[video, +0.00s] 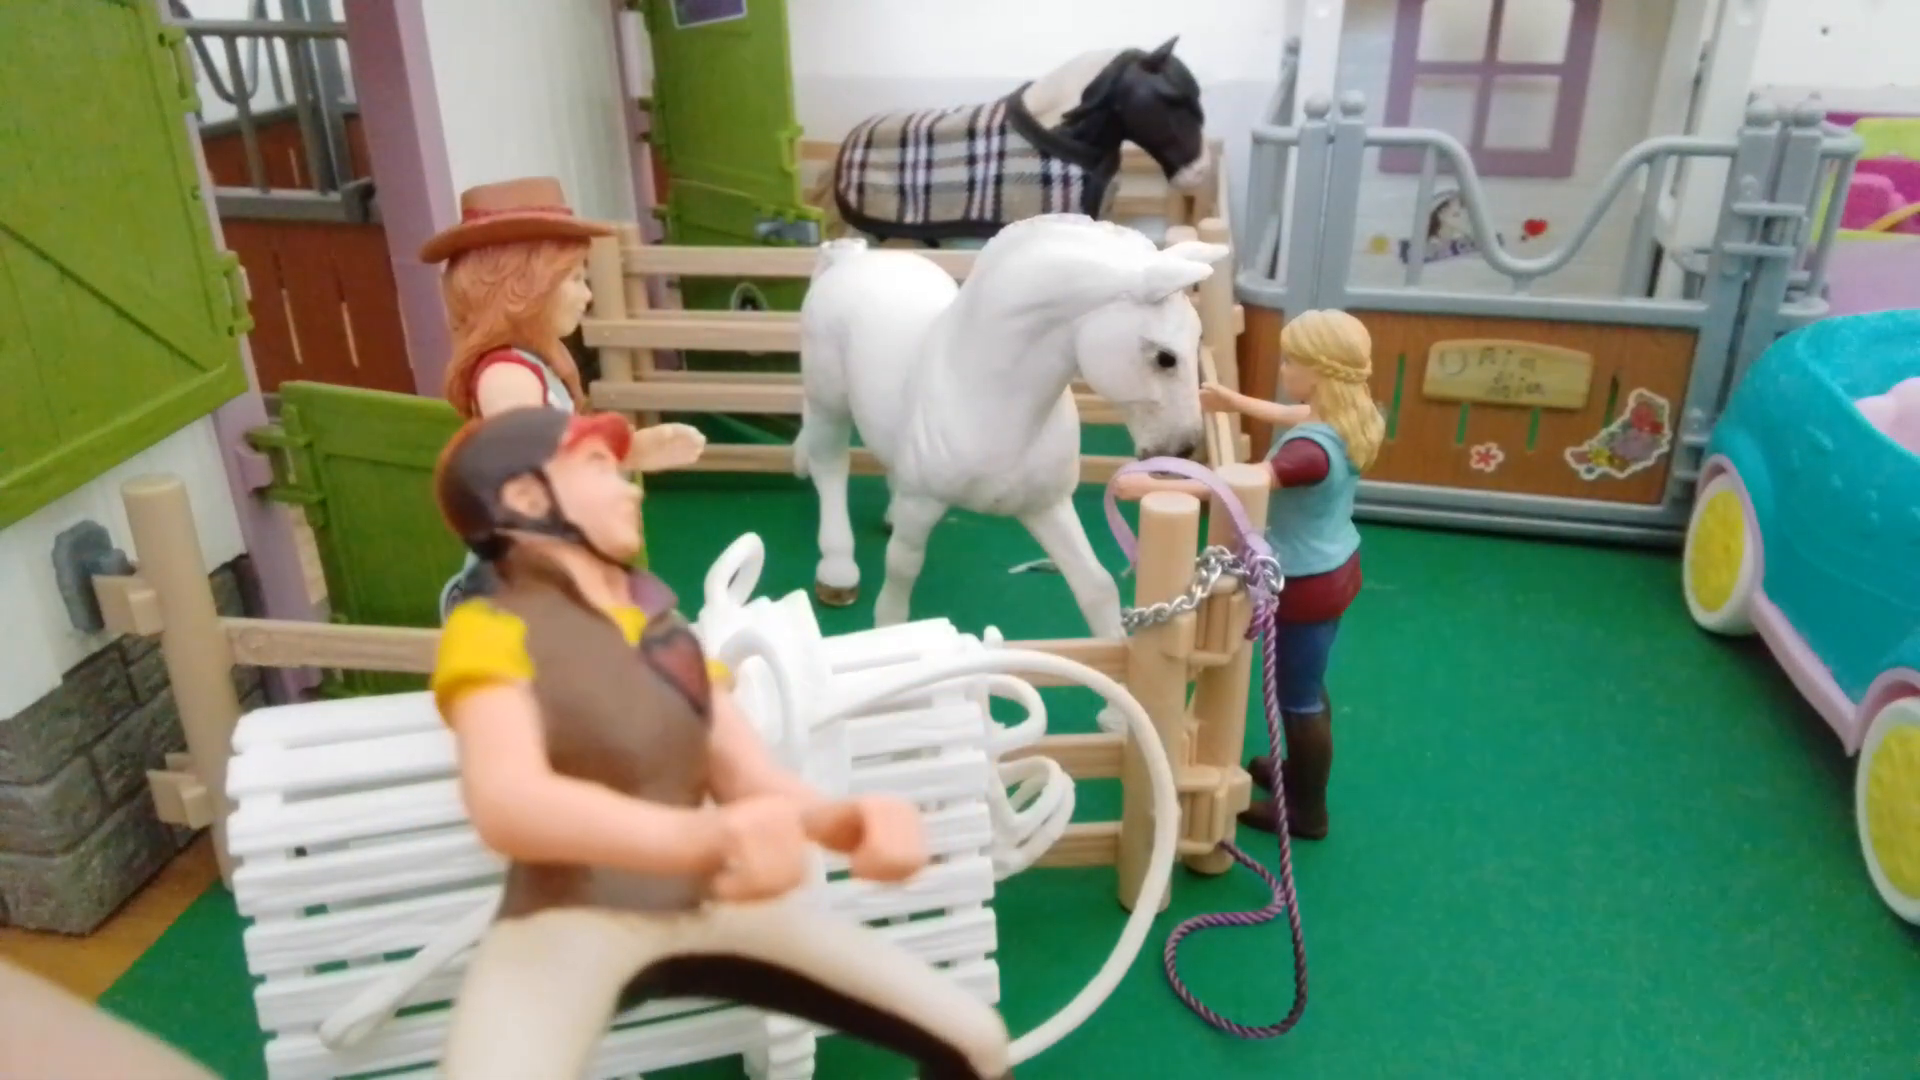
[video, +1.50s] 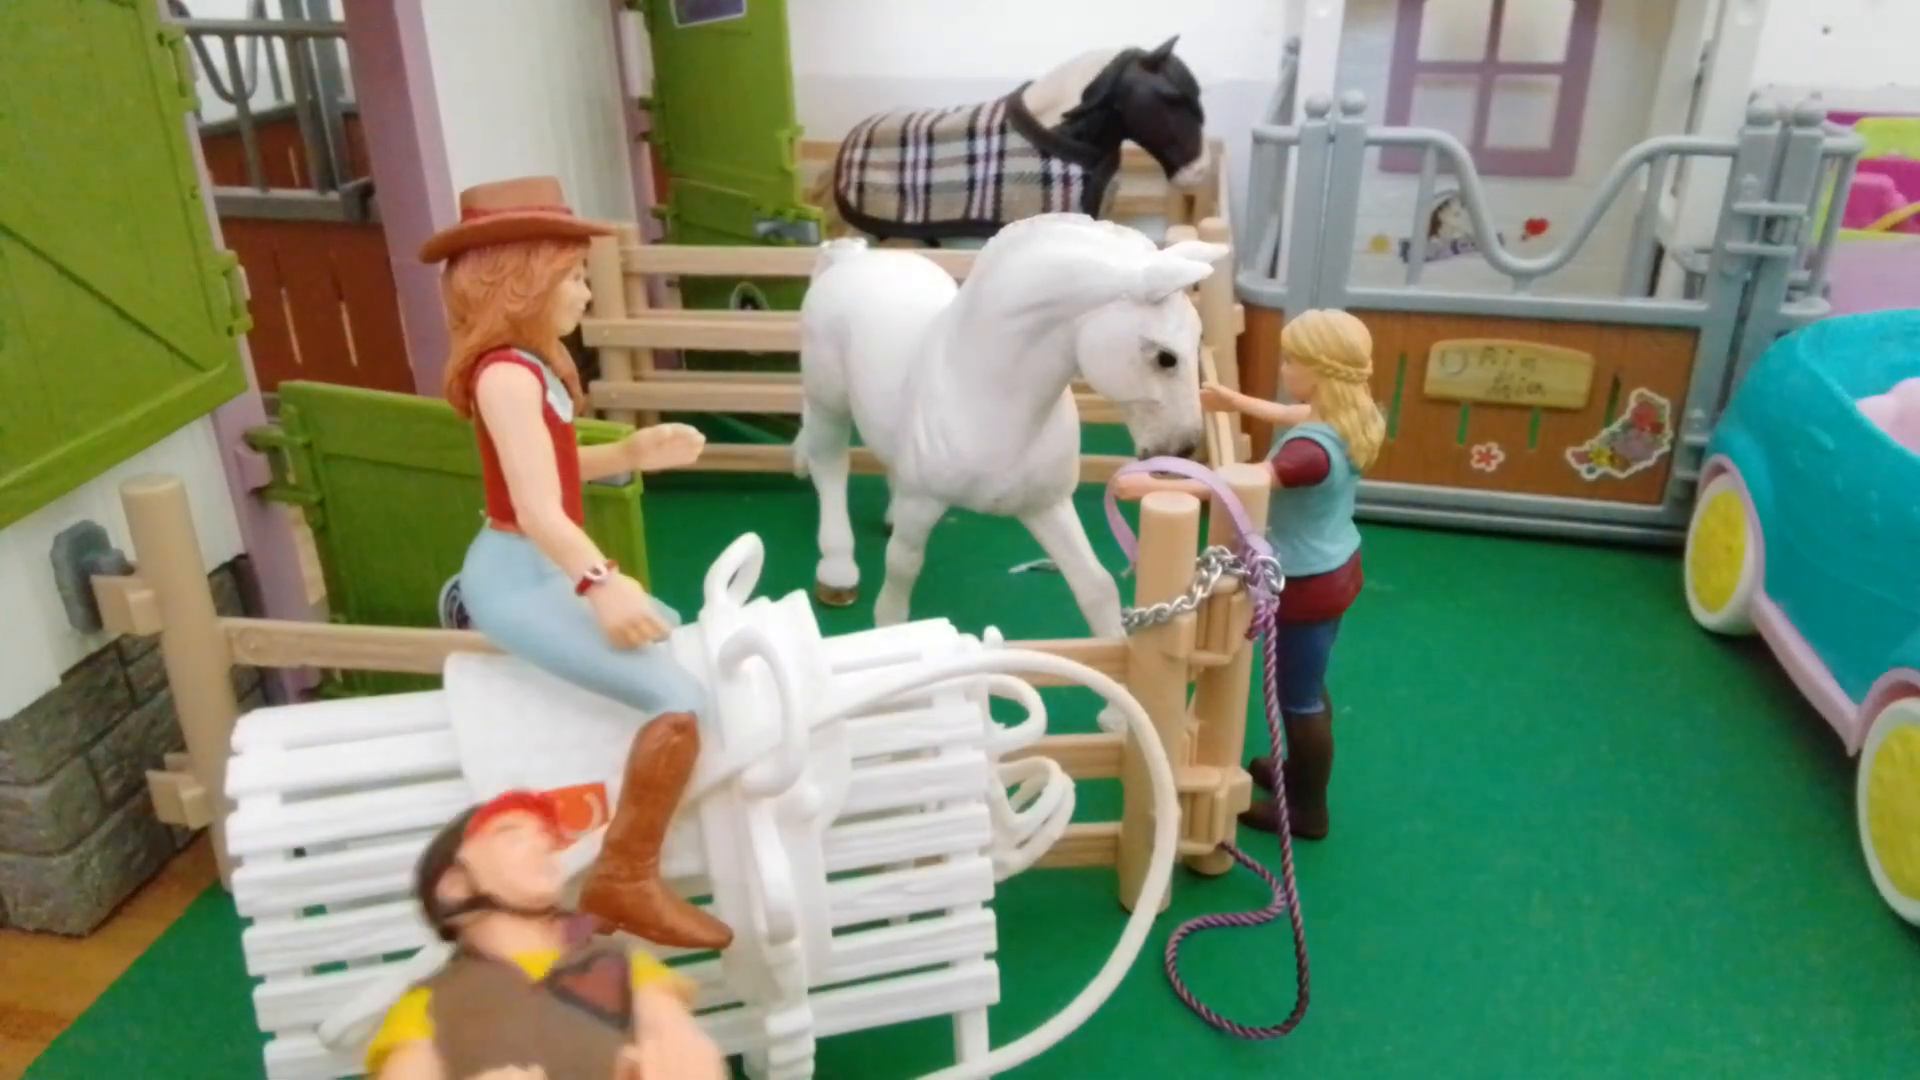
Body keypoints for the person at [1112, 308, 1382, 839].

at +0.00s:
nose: (1282, 370)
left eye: (1290, 361)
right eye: (1285, 359)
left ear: (1319, 372)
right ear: (1337, 372)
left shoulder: (1316, 447)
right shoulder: (1349, 417)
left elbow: (1248, 478)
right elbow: (1292, 416)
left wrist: (1160, 483)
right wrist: (1238, 401)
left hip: (1304, 588)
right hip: (1331, 567)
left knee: (1300, 701)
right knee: (1301, 682)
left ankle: (1304, 813)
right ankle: (1299, 775)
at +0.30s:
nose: (1282, 370)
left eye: (1290, 361)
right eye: (1284, 359)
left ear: (1318, 372)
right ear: (1337, 372)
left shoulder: (1315, 448)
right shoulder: (1348, 417)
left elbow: (1247, 479)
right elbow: (1289, 416)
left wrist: (1160, 484)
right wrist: (1236, 401)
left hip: (1304, 588)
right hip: (1331, 568)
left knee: (1299, 699)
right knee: (1301, 682)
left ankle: (1304, 812)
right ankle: (1299, 774)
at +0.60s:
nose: (1281, 370)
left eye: (1289, 361)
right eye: (1284, 360)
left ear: (1319, 372)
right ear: (1337, 372)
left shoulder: (1315, 447)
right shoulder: (1349, 417)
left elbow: (1248, 479)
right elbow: (1290, 415)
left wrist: (1159, 485)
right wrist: (1237, 401)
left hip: (1304, 588)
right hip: (1331, 568)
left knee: (1299, 698)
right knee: (1301, 681)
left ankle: (1303, 812)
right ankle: (1298, 775)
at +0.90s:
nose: (1282, 370)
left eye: (1290, 361)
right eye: (1284, 359)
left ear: (1319, 372)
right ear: (1337, 373)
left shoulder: (1315, 448)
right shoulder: (1349, 418)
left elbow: (1247, 478)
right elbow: (1289, 415)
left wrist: (1159, 485)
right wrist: (1236, 400)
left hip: (1304, 588)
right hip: (1333, 567)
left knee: (1299, 700)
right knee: (1301, 681)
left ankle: (1303, 812)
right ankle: (1299, 772)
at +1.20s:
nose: (1281, 370)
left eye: (1290, 361)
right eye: (1284, 359)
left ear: (1319, 372)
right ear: (1334, 374)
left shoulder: (1314, 447)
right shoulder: (1346, 418)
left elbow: (1242, 480)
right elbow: (1287, 416)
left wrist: (1158, 485)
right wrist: (1235, 400)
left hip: (1304, 588)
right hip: (1331, 567)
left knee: (1300, 699)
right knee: (1301, 681)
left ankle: (1304, 812)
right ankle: (1299, 774)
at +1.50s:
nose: (1283, 369)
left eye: (1291, 360)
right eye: (1285, 359)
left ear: (1321, 371)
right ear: (1338, 371)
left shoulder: (1316, 447)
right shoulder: (1349, 416)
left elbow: (1246, 478)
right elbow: (1289, 415)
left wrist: (1160, 484)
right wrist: (1235, 399)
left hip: (1306, 588)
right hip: (1332, 566)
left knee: (1301, 702)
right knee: (1302, 683)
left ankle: (1305, 813)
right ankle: (1300, 775)